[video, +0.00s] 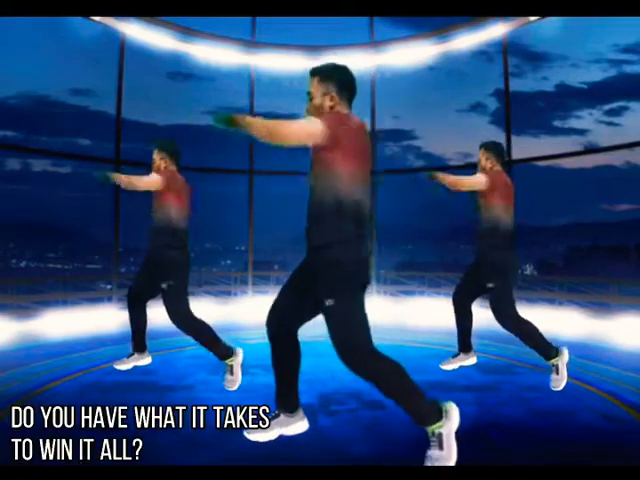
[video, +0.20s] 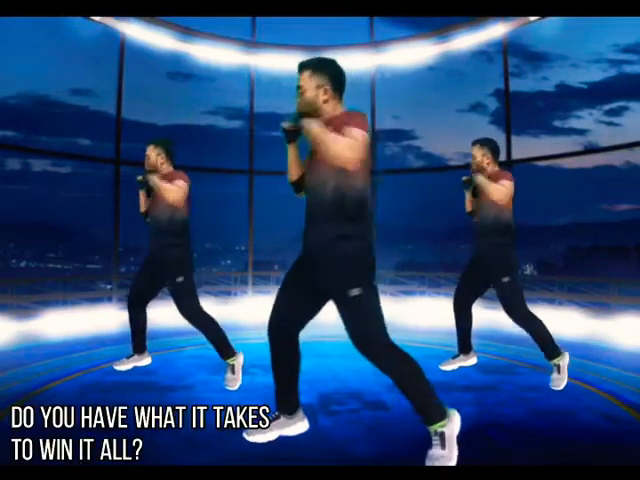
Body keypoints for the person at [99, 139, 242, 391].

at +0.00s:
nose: (156, 164)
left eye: (160, 160)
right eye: (155, 160)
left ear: (169, 162)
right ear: (161, 162)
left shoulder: (170, 180)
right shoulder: (173, 182)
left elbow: (140, 183)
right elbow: (139, 183)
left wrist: (117, 178)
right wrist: (121, 180)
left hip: (172, 256)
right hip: (160, 255)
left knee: (180, 315)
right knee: (136, 297)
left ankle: (230, 356)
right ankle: (140, 352)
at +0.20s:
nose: (146, 160)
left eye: (150, 155)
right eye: (146, 156)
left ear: (163, 157)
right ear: (151, 159)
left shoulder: (179, 178)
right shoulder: (153, 182)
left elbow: (175, 197)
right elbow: (145, 211)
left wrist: (153, 179)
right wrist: (143, 189)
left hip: (177, 256)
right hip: (157, 255)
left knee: (191, 310)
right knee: (136, 300)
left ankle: (232, 358)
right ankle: (140, 354)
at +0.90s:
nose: (169, 163)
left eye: (173, 158)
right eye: (164, 159)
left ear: (182, 160)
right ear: (159, 163)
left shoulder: (197, 185)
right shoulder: (155, 193)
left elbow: (210, 215)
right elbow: (138, 219)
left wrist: (187, 188)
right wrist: (129, 195)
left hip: (193, 263)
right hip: (162, 263)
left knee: (210, 316)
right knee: (137, 306)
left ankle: (218, 362)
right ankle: (139, 353)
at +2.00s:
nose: (175, 156)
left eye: (180, 151)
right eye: (170, 151)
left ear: (189, 155)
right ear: (165, 155)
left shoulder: (200, 182)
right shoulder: (154, 180)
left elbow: (212, 213)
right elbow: (123, 190)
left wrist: (192, 188)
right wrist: (107, 178)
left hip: (190, 259)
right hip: (159, 257)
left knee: (206, 314)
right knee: (135, 302)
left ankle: (213, 365)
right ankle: (142, 353)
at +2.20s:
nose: (156, 158)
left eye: (161, 154)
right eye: (153, 155)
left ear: (172, 158)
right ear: (149, 160)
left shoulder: (183, 184)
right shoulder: (152, 185)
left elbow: (192, 217)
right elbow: (140, 199)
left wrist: (168, 199)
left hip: (174, 257)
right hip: (154, 256)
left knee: (185, 312)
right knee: (133, 300)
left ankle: (228, 353)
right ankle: (141, 354)